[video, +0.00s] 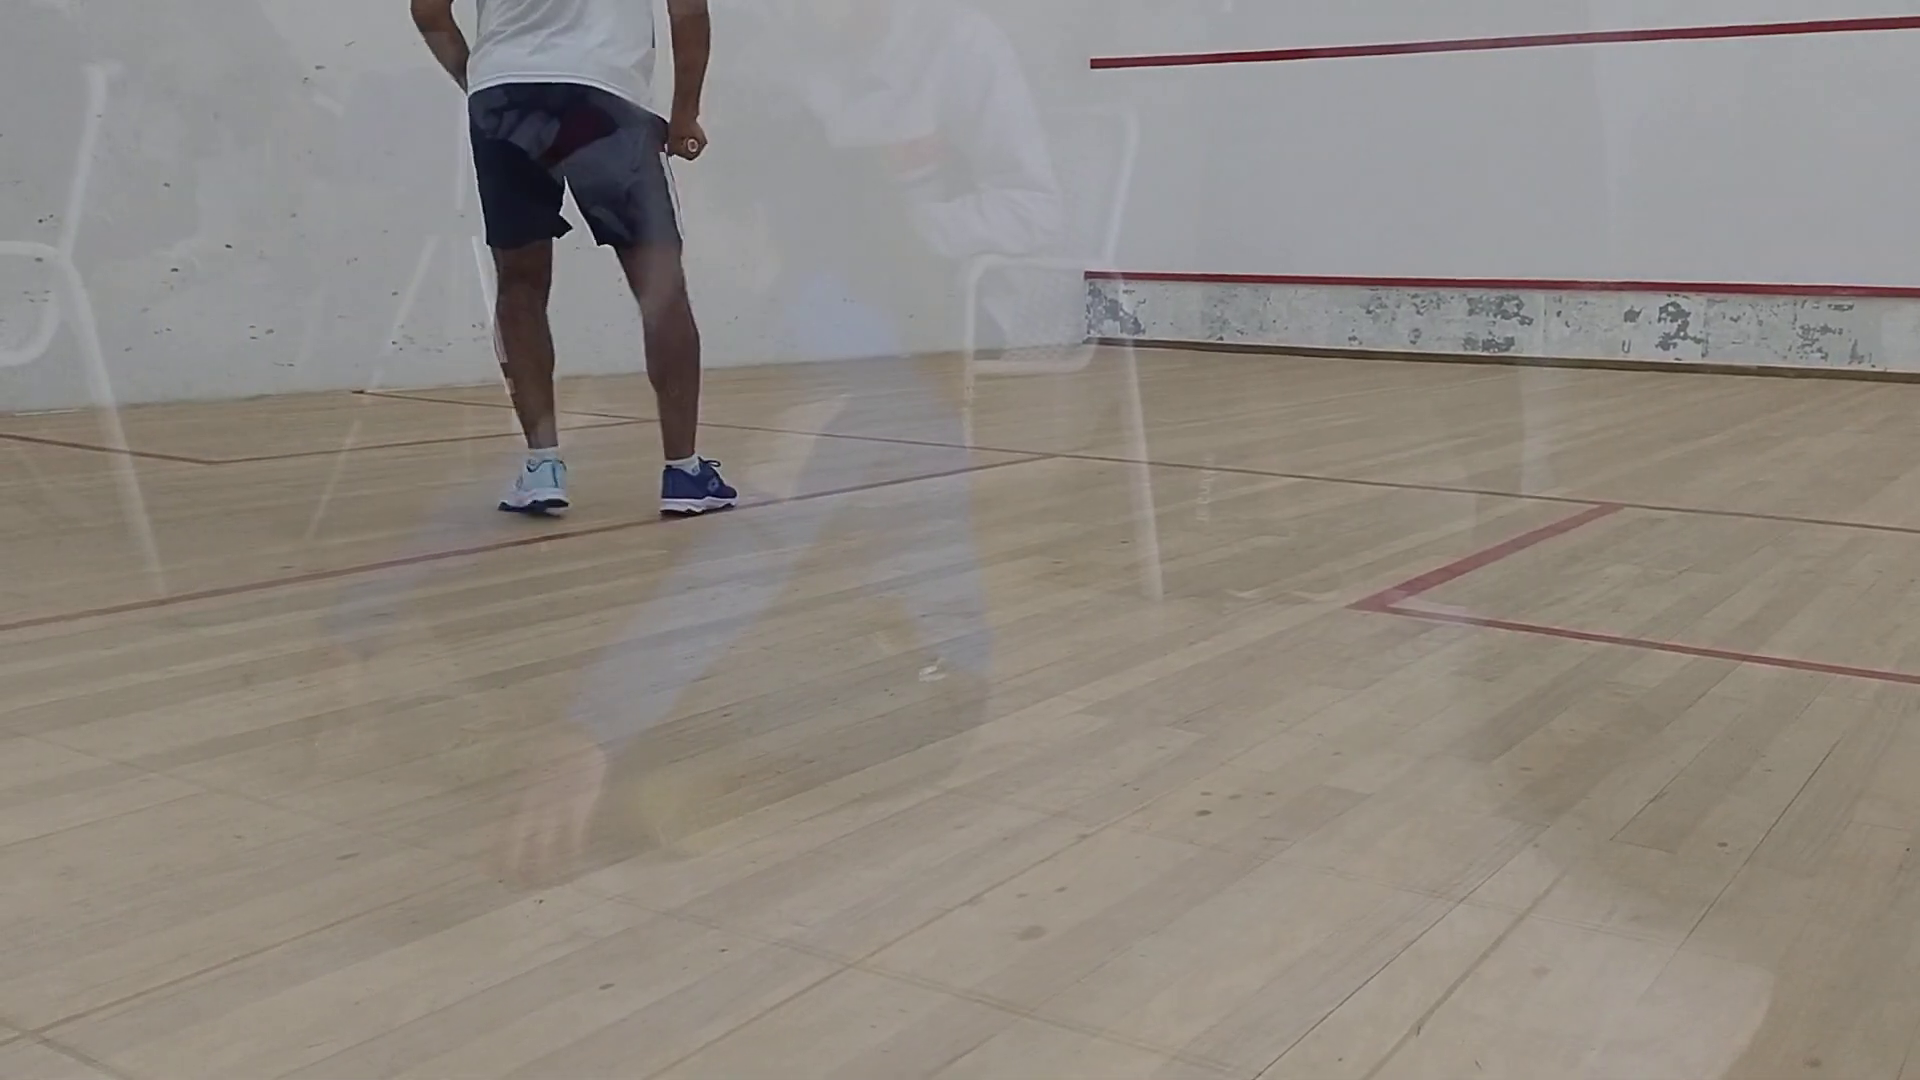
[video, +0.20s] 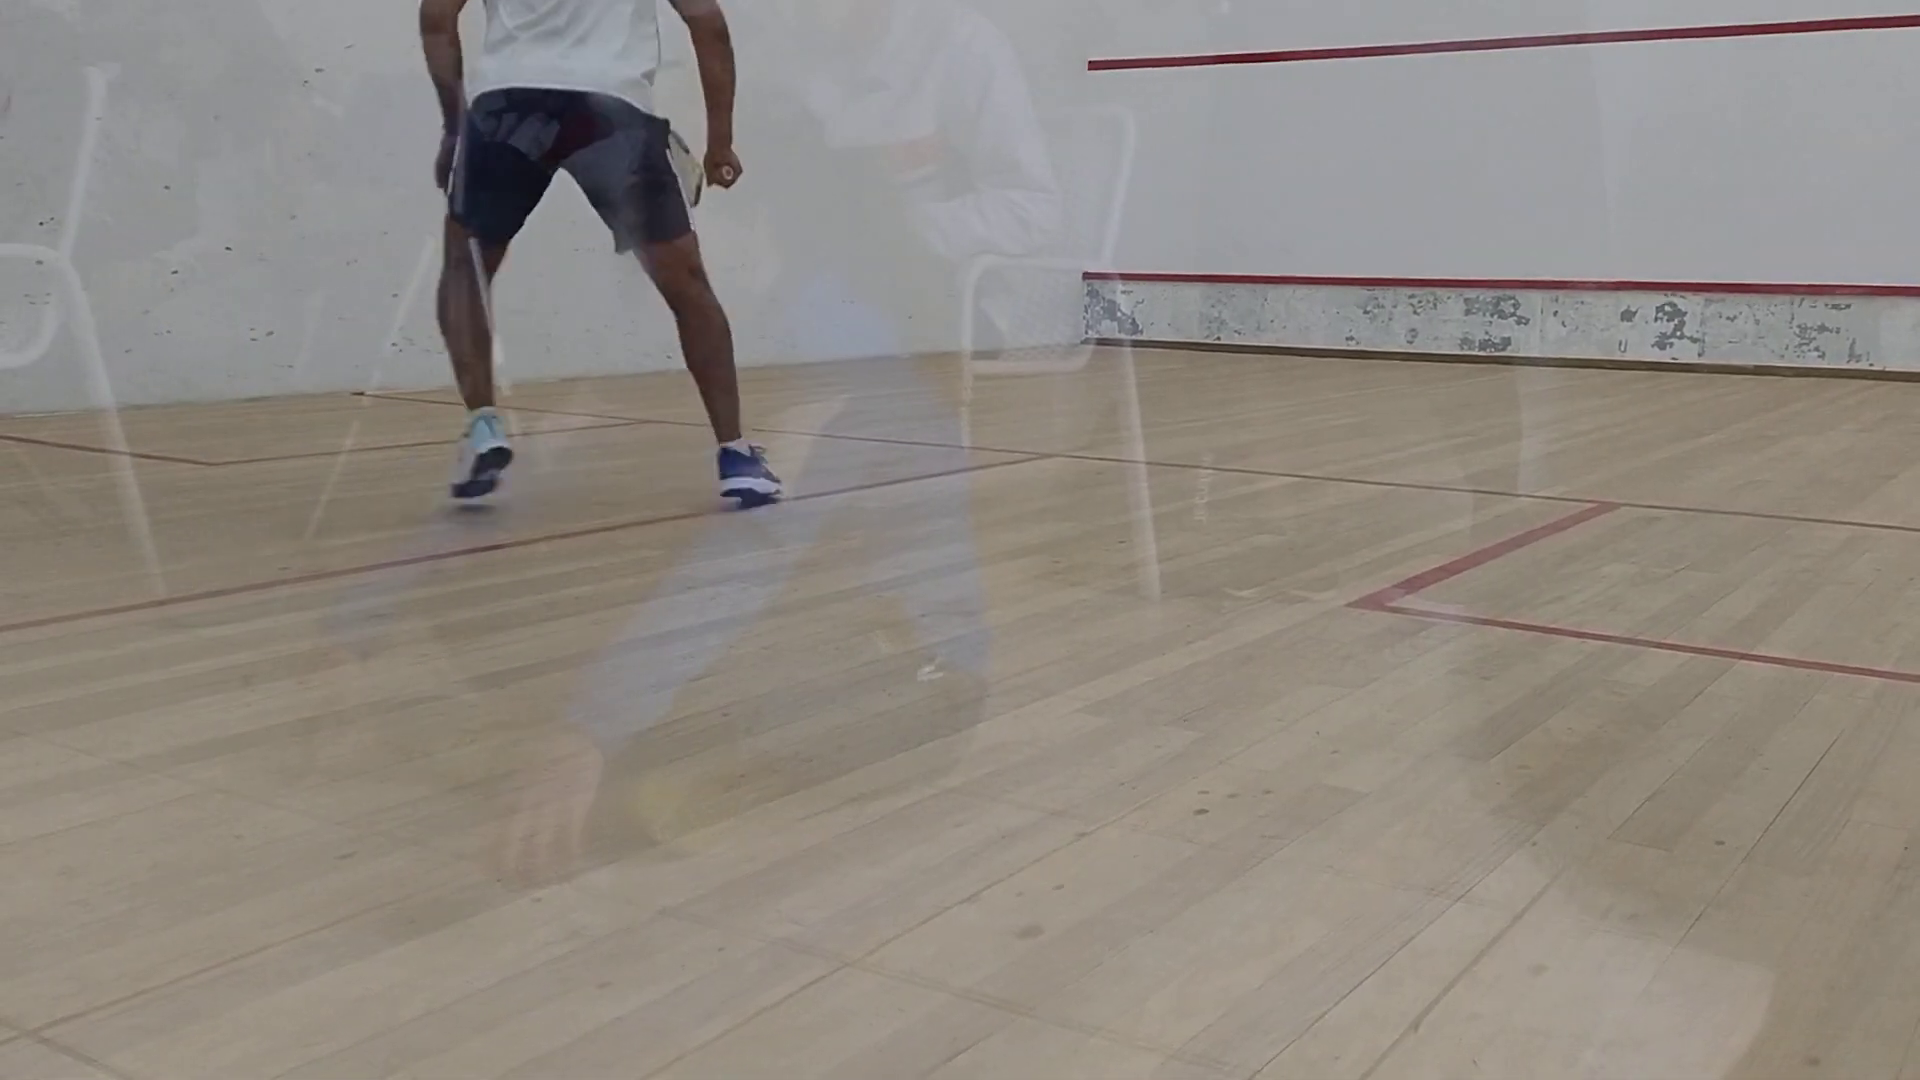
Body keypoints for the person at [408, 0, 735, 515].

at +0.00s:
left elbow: (428, 11)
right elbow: (689, 10)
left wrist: (485, 88)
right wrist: (684, 113)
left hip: (501, 86)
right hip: (606, 83)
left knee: (521, 288)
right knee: (661, 287)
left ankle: (542, 466)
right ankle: (684, 468)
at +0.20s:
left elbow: (435, 20)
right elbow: (709, 21)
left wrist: (455, 126)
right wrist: (721, 140)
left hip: (507, 94)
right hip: (614, 96)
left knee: (464, 266)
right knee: (686, 286)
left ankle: (483, 425)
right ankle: (735, 452)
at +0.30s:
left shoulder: (490, 2)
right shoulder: (658, 5)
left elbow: (431, 66)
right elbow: (716, 87)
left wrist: (422, 176)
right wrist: (737, 199)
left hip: (507, 144)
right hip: (617, 146)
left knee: (428, 272)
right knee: (701, 302)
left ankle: (387, 436)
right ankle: (752, 461)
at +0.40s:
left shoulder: (440, 4)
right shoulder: (604, 8)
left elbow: (391, 77)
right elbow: (662, 108)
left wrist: (370, 179)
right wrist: (708, 218)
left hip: (478, 156)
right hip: (587, 158)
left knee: (379, 269)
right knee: (678, 305)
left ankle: (339, 447)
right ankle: (750, 462)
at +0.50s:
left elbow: (308, 51)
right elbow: (568, 74)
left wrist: (279, 140)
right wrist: (618, 182)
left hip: (405, 141)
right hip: (513, 140)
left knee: (324, 279)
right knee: (605, 287)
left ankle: (337, 452)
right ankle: (720, 434)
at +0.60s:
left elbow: (209, 7)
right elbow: (473, 51)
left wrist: (171, 84)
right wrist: (505, 160)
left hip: (331, 115)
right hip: (434, 110)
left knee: (290, 283)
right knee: (488, 274)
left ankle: (334, 453)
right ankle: (573, 414)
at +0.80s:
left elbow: (66, 1)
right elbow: (292, 46)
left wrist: (12, 64)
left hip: (184, 97)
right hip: (281, 96)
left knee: (75, 244)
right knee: (249, 270)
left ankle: (165, 414)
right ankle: (337, 439)